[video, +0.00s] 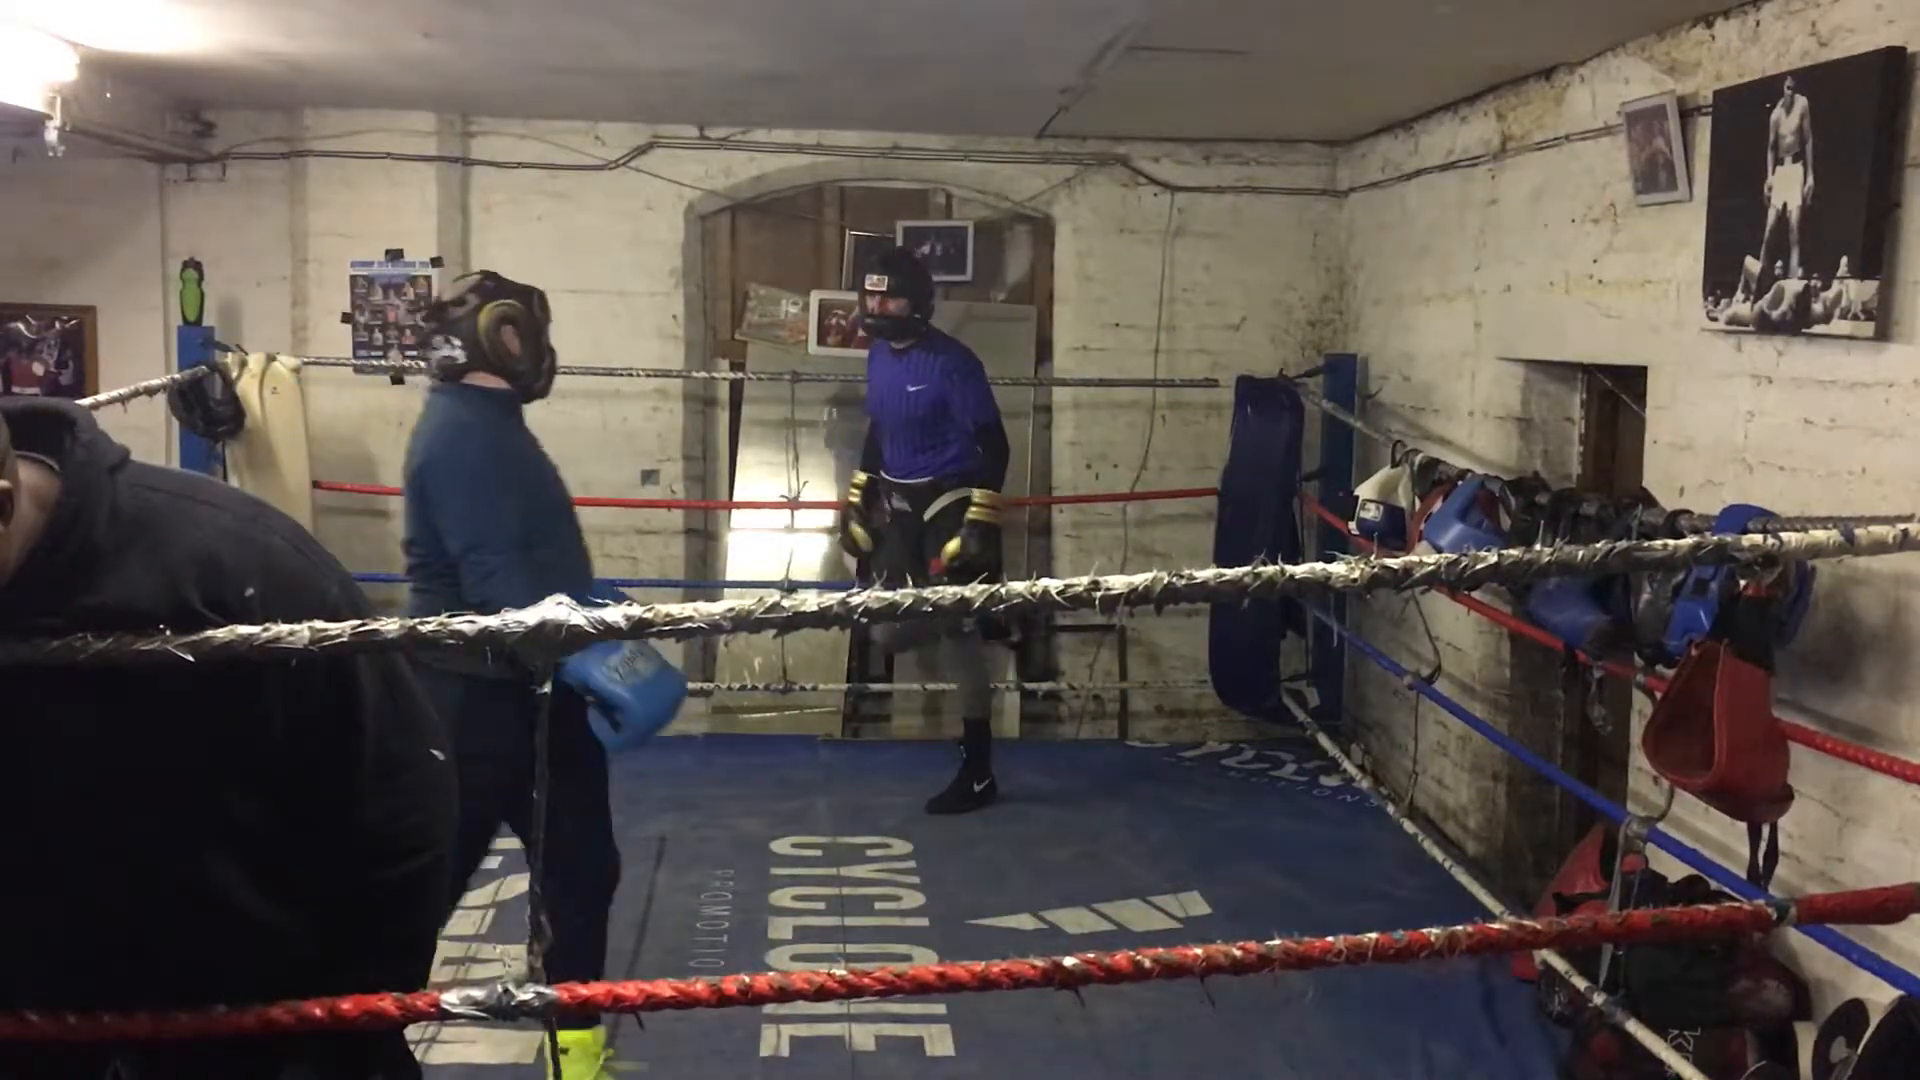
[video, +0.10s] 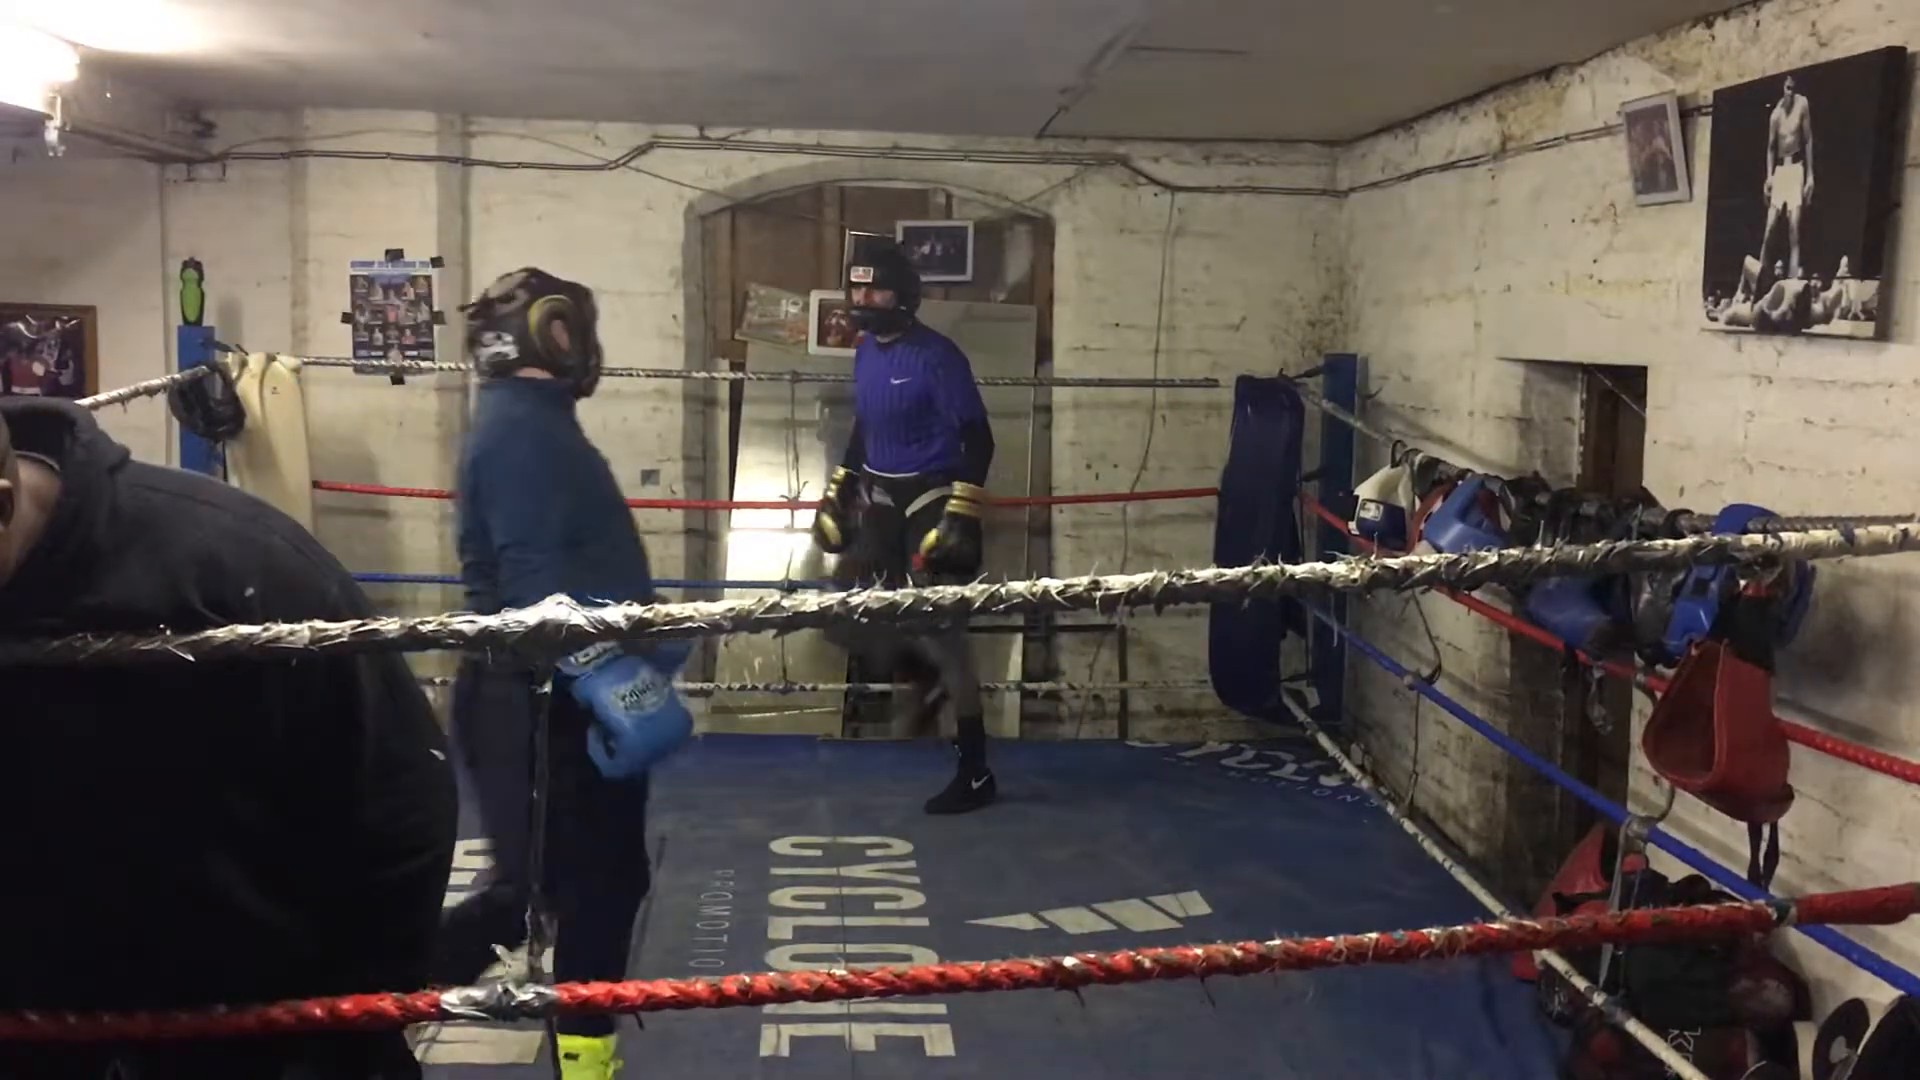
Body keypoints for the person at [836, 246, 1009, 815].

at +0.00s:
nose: (873, 305)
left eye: (886, 296)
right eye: (869, 296)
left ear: (915, 302)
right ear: (866, 301)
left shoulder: (953, 362)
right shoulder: (879, 356)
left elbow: (994, 444)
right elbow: (878, 430)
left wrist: (981, 517)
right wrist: (859, 499)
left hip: (951, 507)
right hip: (897, 507)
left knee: (959, 633)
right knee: (891, 634)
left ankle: (978, 769)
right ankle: (965, 609)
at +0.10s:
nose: (864, 298)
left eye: (875, 287)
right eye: (857, 287)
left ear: (903, 293)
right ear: (851, 294)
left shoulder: (938, 356)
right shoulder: (865, 353)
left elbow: (978, 438)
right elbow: (864, 426)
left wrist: (963, 510)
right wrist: (838, 493)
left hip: (933, 504)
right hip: (879, 502)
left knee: (945, 632)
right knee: (844, 618)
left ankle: (974, 769)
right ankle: (928, 671)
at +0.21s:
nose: (850, 295)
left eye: (862, 284)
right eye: (845, 284)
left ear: (891, 291)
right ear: (840, 291)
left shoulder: (924, 355)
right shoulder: (847, 354)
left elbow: (962, 434)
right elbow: (844, 427)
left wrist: (952, 506)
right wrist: (819, 492)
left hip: (914, 505)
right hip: (855, 504)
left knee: (929, 631)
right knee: (828, 624)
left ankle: (970, 765)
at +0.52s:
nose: (814, 286)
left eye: (826, 277)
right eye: (807, 276)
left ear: (851, 285)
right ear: (796, 285)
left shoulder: (881, 349)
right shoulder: (789, 349)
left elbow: (924, 425)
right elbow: (767, 425)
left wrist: (922, 496)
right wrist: (744, 486)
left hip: (864, 493)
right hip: (800, 494)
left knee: (851, 630)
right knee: (814, 629)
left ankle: (909, 743)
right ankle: (841, 759)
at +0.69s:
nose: (805, 291)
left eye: (818, 281)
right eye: (796, 280)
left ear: (839, 287)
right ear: (784, 283)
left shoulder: (870, 355)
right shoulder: (771, 350)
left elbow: (902, 426)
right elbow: (747, 425)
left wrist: (916, 491)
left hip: (855, 501)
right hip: (782, 500)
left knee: (858, 620)